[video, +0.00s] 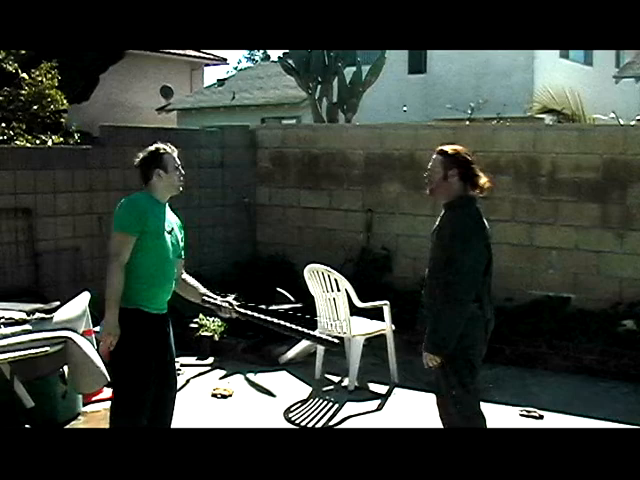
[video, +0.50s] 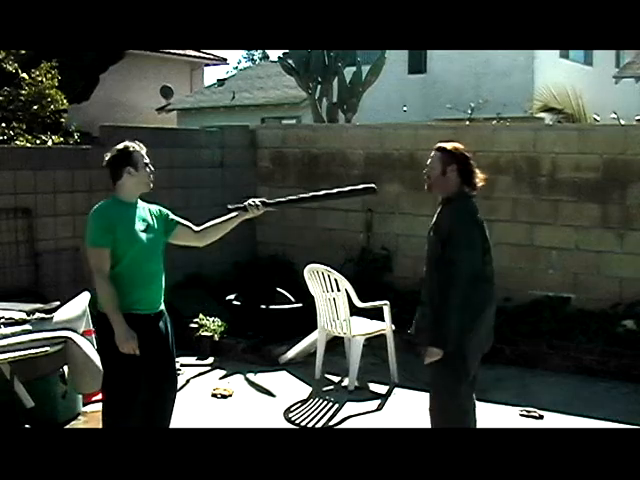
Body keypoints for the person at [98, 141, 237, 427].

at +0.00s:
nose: (182, 173)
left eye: (181, 168)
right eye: (176, 168)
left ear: (165, 174)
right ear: (158, 174)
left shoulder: (174, 221)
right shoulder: (133, 207)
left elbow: (178, 277)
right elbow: (117, 262)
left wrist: (214, 301)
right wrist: (111, 319)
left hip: (160, 319)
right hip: (133, 318)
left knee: (164, 391)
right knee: (133, 395)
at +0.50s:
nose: (152, 170)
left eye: (150, 165)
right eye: (146, 165)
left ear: (130, 172)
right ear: (128, 171)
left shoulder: (154, 214)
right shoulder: (103, 216)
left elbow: (199, 237)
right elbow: (100, 276)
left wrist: (241, 214)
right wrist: (120, 328)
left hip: (156, 320)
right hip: (120, 323)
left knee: (162, 396)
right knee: (125, 403)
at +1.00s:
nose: (131, 168)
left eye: (128, 162)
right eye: (123, 164)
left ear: (112, 176)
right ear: (107, 175)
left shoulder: (139, 214)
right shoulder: (89, 223)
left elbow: (184, 234)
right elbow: (82, 285)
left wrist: (225, 210)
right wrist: (85, 339)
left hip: (151, 321)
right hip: (114, 328)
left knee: (166, 395)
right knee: (117, 408)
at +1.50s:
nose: (167, 169)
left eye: (165, 164)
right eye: (160, 165)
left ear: (148, 173)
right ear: (141, 173)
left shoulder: (171, 216)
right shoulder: (119, 215)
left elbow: (208, 251)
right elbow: (110, 273)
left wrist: (244, 223)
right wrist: (114, 327)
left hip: (172, 321)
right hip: (135, 324)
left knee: (177, 403)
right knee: (128, 410)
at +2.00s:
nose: (201, 173)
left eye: (200, 167)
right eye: (195, 168)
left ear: (182, 174)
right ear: (175, 174)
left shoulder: (199, 218)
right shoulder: (145, 210)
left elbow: (210, 270)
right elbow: (128, 265)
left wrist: (249, 298)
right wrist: (127, 316)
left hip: (185, 318)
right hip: (151, 318)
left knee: (185, 390)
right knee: (149, 394)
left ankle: (176, 430)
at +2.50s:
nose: (167, 170)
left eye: (174, 165)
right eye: (164, 165)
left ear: (190, 171)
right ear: (160, 171)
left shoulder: (204, 216)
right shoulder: (144, 210)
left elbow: (207, 269)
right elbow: (111, 248)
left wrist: (210, 316)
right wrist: (92, 277)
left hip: (189, 317)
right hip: (149, 315)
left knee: (185, 393)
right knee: (150, 392)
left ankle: (177, 429)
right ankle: (144, 431)